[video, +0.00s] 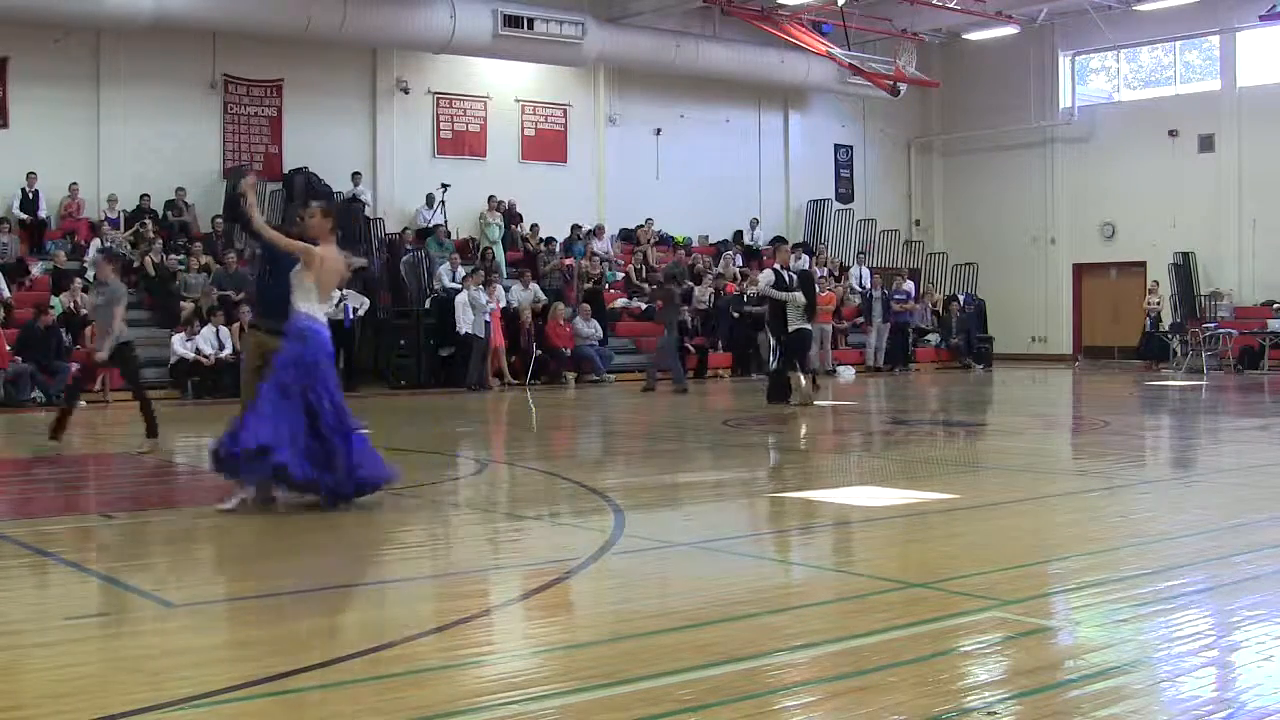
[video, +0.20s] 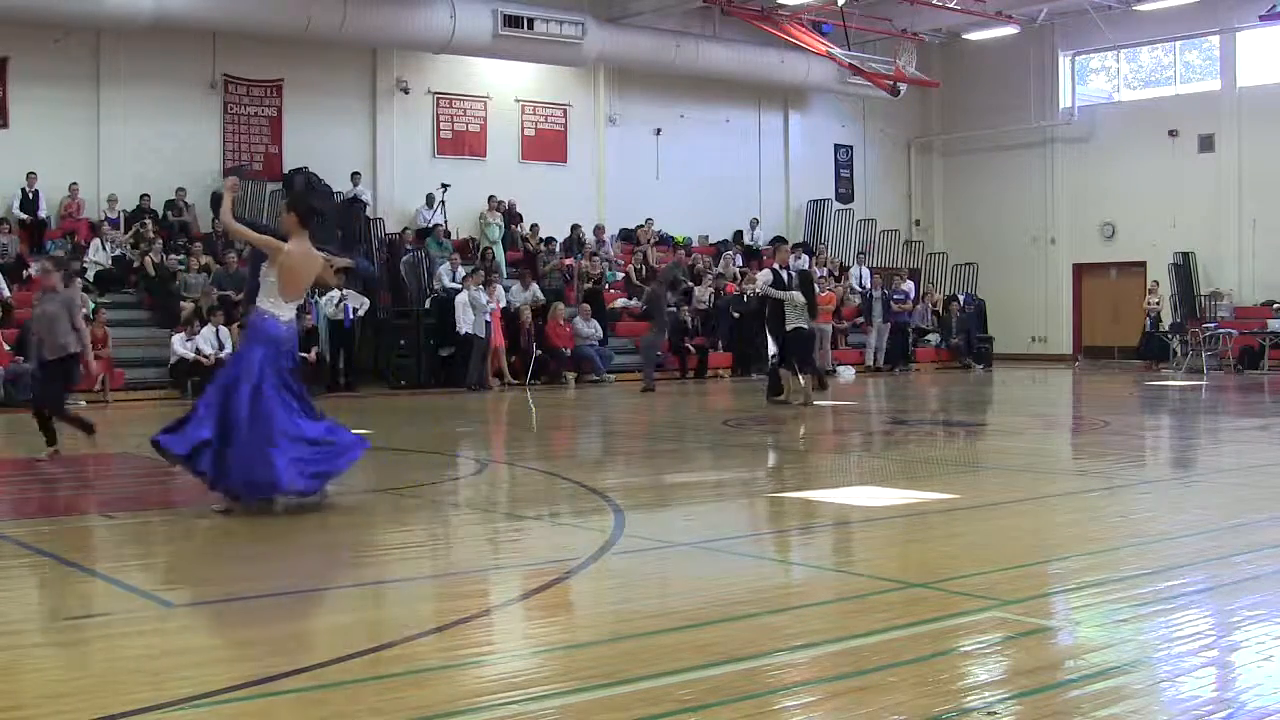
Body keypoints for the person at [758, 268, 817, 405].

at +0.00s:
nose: (795, 281)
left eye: (797, 279)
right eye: (796, 279)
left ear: (800, 281)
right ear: (810, 282)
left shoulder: (797, 296)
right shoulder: (810, 297)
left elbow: (777, 294)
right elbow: (782, 294)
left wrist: (761, 288)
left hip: (796, 331)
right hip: (806, 330)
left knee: (791, 363)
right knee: (803, 364)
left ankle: (800, 394)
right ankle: (807, 396)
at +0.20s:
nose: (794, 281)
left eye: (795, 279)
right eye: (795, 279)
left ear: (798, 281)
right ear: (810, 282)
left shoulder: (794, 295)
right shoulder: (808, 296)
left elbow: (774, 293)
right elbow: (780, 294)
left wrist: (759, 285)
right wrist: (763, 288)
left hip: (794, 331)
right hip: (805, 330)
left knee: (784, 363)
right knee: (804, 365)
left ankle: (786, 393)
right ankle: (808, 396)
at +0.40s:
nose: (789, 281)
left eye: (791, 279)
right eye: (790, 278)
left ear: (795, 282)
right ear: (805, 282)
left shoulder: (789, 296)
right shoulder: (805, 298)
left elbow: (770, 295)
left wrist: (753, 287)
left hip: (791, 332)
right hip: (803, 332)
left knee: (779, 362)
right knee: (802, 366)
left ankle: (788, 392)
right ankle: (807, 396)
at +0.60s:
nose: (783, 282)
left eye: (785, 280)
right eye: (784, 280)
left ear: (789, 283)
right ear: (798, 283)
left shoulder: (784, 297)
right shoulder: (798, 298)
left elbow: (765, 297)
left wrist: (747, 292)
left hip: (787, 333)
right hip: (796, 331)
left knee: (791, 366)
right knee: (796, 366)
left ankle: (796, 396)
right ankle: (805, 396)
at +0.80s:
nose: (775, 281)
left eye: (777, 279)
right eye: (776, 278)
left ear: (782, 282)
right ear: (786, 283)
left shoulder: (777, 297)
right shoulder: (785, 297)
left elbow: (756, 297)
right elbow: (759, 297)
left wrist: (735, 292)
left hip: (778, 334)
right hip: (785, 332)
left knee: (780, 368)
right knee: (784, 367)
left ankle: (785, 397)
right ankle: (785, 396)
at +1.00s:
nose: (764, 283)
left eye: (766, 281)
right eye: (765, 281)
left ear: (770, 284)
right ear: (776, 285)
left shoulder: (764, 298)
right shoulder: (777, 297)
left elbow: (745, 298)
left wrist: (725, 294)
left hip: (765, 335)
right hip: (777, 333)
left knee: (766, 366)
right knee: (778, 365)